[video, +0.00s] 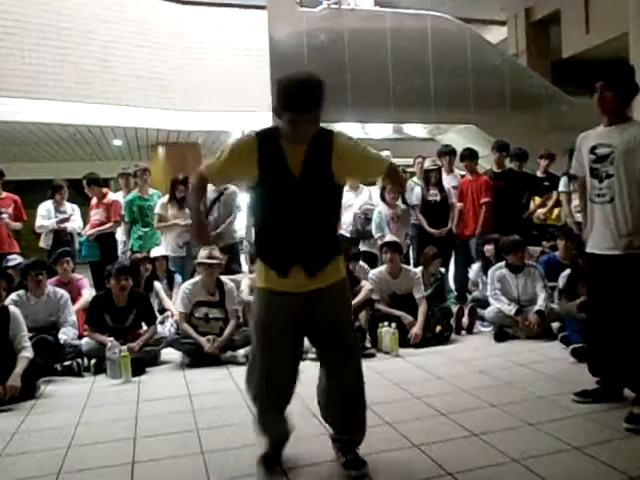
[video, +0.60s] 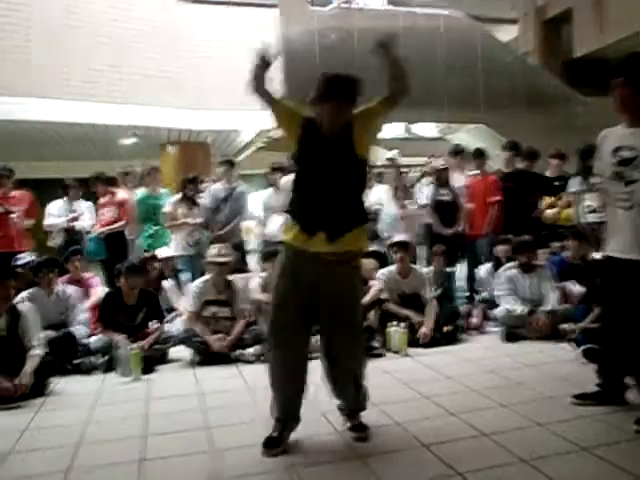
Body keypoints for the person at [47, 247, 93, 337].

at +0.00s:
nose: (65, 266)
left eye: (67, 262)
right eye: (61, 263)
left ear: (73, 265)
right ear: (55, 267)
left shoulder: (81, 280)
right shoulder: (50, 284)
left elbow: (87, 297)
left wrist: (71, 311)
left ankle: (81, 333)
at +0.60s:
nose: (76, 265)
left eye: (78, 261)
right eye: (72, 262)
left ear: (82, 262)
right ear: (66, 266)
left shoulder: (92, 279)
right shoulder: (62, 282)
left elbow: (97, 296)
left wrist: (82, 308)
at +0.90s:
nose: (72, 257)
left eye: (75, 252)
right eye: (68, 254)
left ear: (80, 255)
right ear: (63, 258)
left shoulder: (88, 271)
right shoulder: (57, 274)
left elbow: (94, 287)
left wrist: (78, 300)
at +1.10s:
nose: (61, 256)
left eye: (64, 252)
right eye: (57, 254)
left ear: (69, 254)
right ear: (52, 258)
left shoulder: (78, 270)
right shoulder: (47, 274)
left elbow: (84, 286)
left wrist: (68, 301)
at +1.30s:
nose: (55, 235)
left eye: (58, 231)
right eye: (51, 232)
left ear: (63, 232)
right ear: (45, 234)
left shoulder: (72, 248)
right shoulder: (41, 252)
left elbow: (76, 265)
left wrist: (63, 277)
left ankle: (73, 302)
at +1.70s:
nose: (56, 235)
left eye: (59, 231)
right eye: (53, 232)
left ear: (67, 235)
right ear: (49, 238)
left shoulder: (77, 251)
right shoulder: (46, 255)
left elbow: (81, 269)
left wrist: (69, 282)